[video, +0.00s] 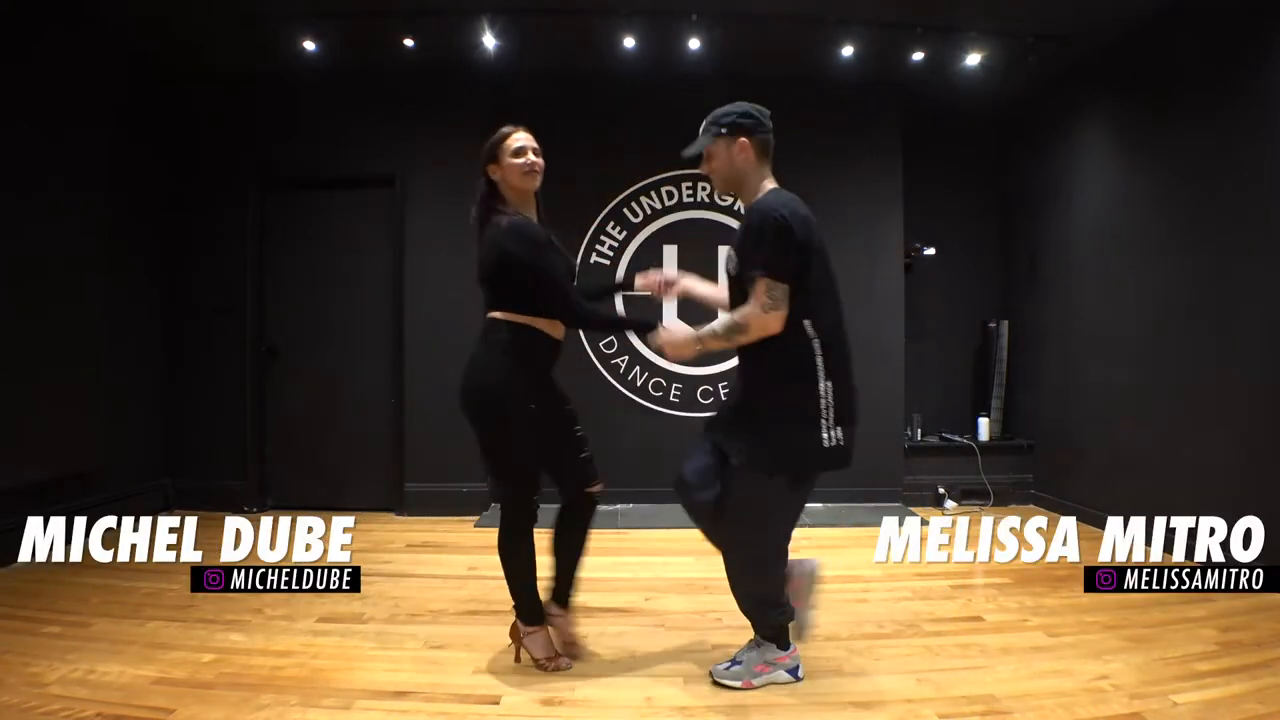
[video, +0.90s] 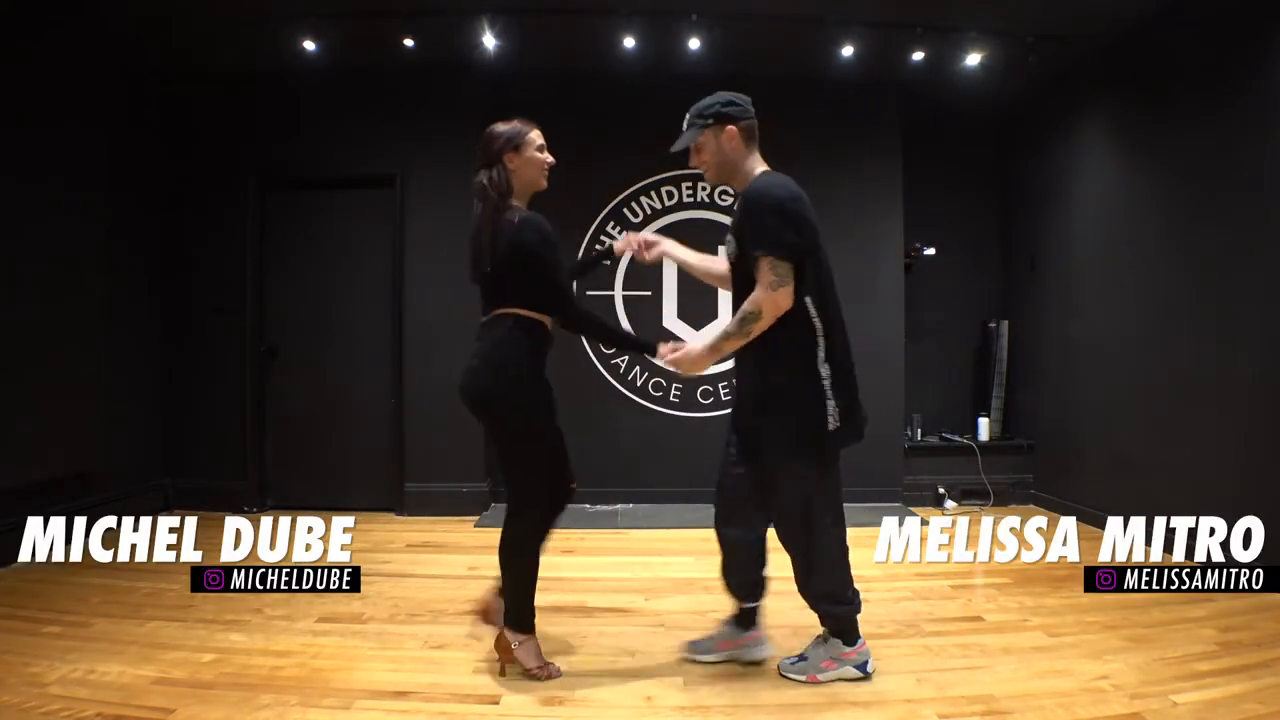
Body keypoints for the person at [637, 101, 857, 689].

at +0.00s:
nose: (705, 169)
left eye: (710, 155)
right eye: (704, 158)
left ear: (743, 147)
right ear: (745, 149)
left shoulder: (776, 216)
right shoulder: (763, 215)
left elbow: (770, 317)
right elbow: (752, 308)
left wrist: (695, 341)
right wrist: (688, 285)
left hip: (793, 411)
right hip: (763, 402)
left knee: (753, 528)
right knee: (697, 484)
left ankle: (774, 647)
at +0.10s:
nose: (718, 180)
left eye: (720, 166)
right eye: (714, 169)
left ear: (753, 151)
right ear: (751, 155)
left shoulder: (791, 220)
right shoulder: (777, 219)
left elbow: (792, 322)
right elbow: (757, 297)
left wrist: (710, 368)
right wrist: (697, 260)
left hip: (800, 410)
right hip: (783, 405)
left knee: (750, 525)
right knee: (748, 521)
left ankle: (773, 649)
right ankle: (853, 576)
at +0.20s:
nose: (726, 187)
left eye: (728, 172)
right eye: (723, 176)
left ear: (758, 157)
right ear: (761, 162)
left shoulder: (804, 221)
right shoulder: (784, 224)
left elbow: (814, 321)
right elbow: (761, 296)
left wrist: (728, 367)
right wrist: (708, 255)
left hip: (805, 414)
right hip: (794, 410)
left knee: (746, 519)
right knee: (804, 520)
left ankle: (772, 648)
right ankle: (908, 589)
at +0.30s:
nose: (740, 192)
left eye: (741, 176)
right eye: (735, 182)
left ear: (772, 160)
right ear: (771, 166)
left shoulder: (828, 220)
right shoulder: (788, 232)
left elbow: (840, 307)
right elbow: (781, 303)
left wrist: (754, 315)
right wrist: (722, 279)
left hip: (822, 408)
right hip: (808, 406)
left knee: (750, 509)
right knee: (859, 508)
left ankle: (772, 642)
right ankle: (940, 608)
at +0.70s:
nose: (729, 180)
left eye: (730, 166)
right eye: (724, 170)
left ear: (761, 147)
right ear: (757, 152)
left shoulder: (819, 206)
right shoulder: (784, 220)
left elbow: (813, 297)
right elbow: (764, 310)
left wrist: (736, 277)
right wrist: (695, 343)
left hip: (821, 395)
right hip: (794, 395)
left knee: (789, 519)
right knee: (790, 515)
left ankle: (839, 641)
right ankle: (883, 582)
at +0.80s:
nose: (709, 168)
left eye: (711, 154)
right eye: (705, 157)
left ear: (745, 139)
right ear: (740, 143)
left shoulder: (791, 201)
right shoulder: (767, 205)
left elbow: (787, 298)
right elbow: (753, 286)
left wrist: (723, 329)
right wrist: (675, 280)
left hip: (814, 386)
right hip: (782, 382)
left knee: (807, 505)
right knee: (745, 495)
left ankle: (845, 644)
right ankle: (809, 602)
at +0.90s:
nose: (695, 160)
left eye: (698, 146)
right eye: (692, 149)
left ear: (731, 134)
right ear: (727, 138)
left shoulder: (771, 196)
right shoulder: (750, 200)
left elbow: (775, 296)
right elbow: (734, 274)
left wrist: (707, 351)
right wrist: (666, 248)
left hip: (802, 386)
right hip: (764, 383)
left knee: (807, 508)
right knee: (737, 500)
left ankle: (844, 641)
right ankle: (745, 624)